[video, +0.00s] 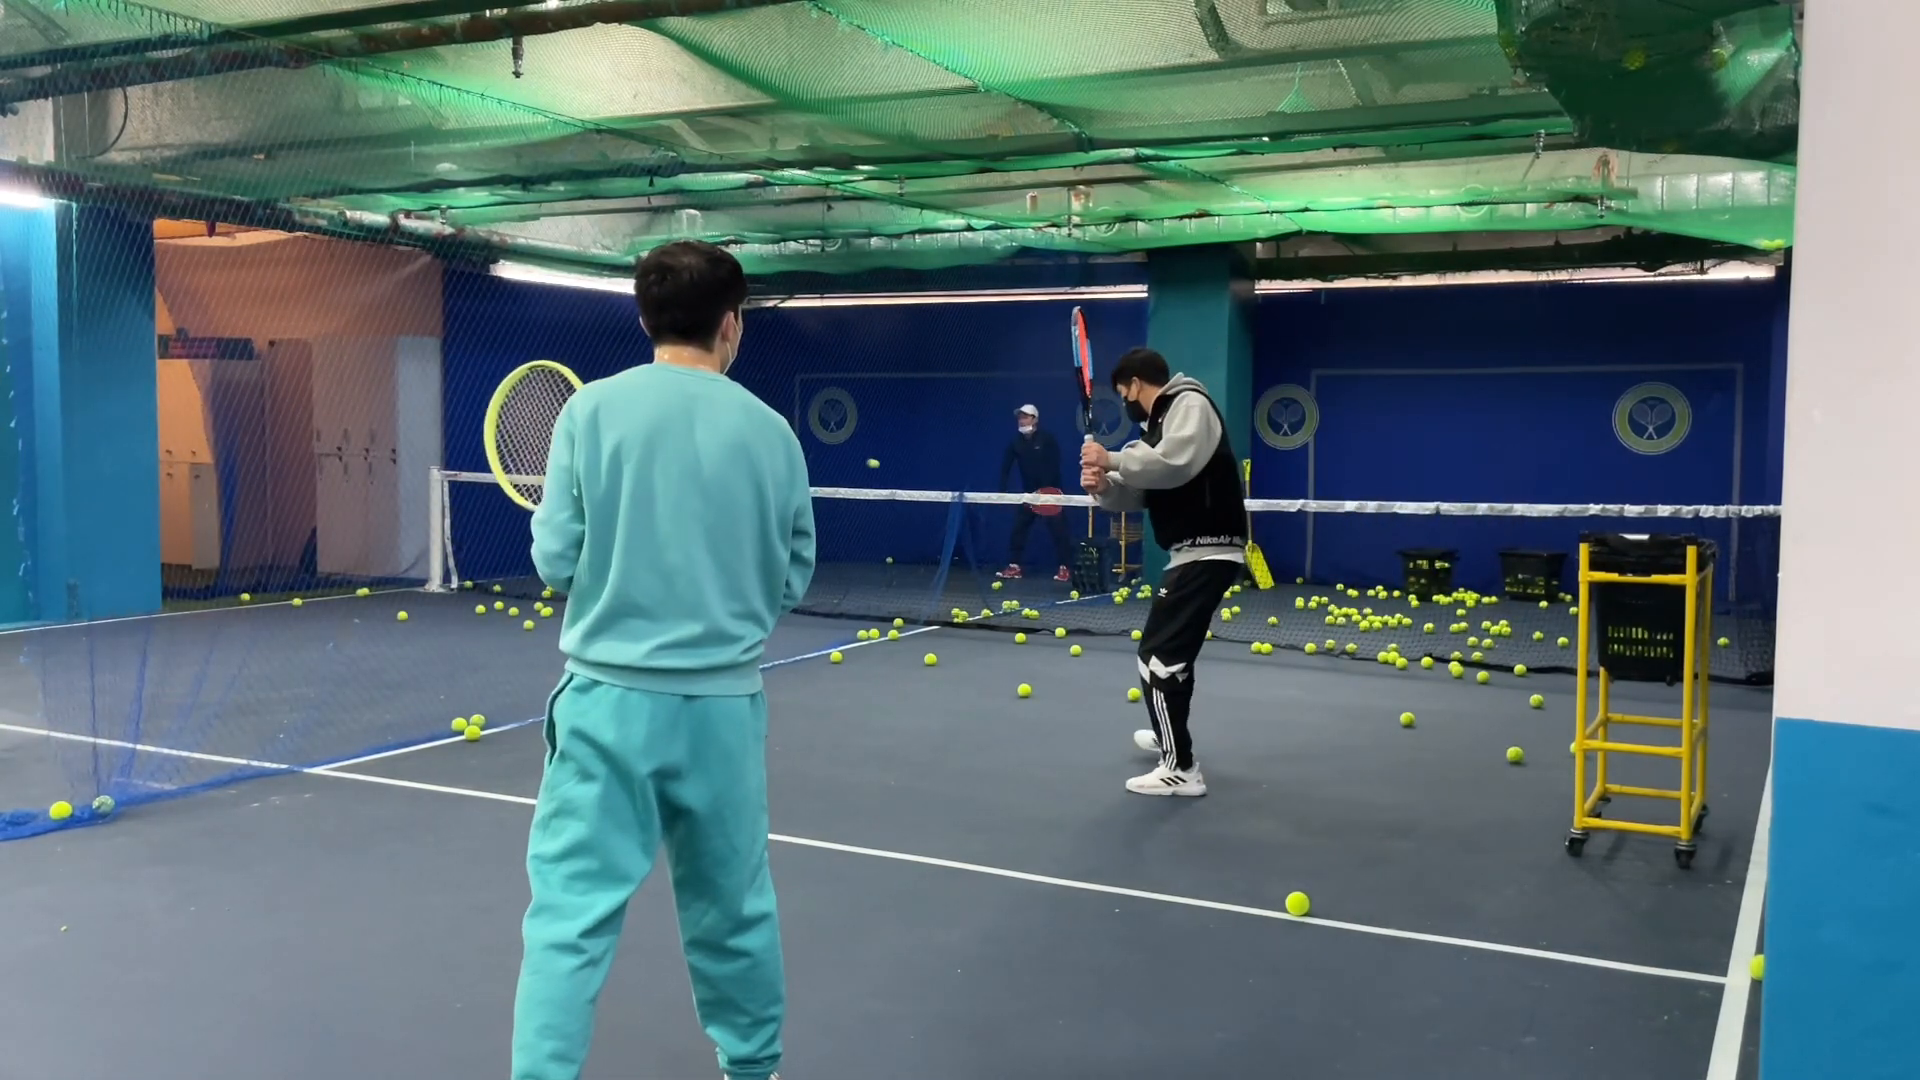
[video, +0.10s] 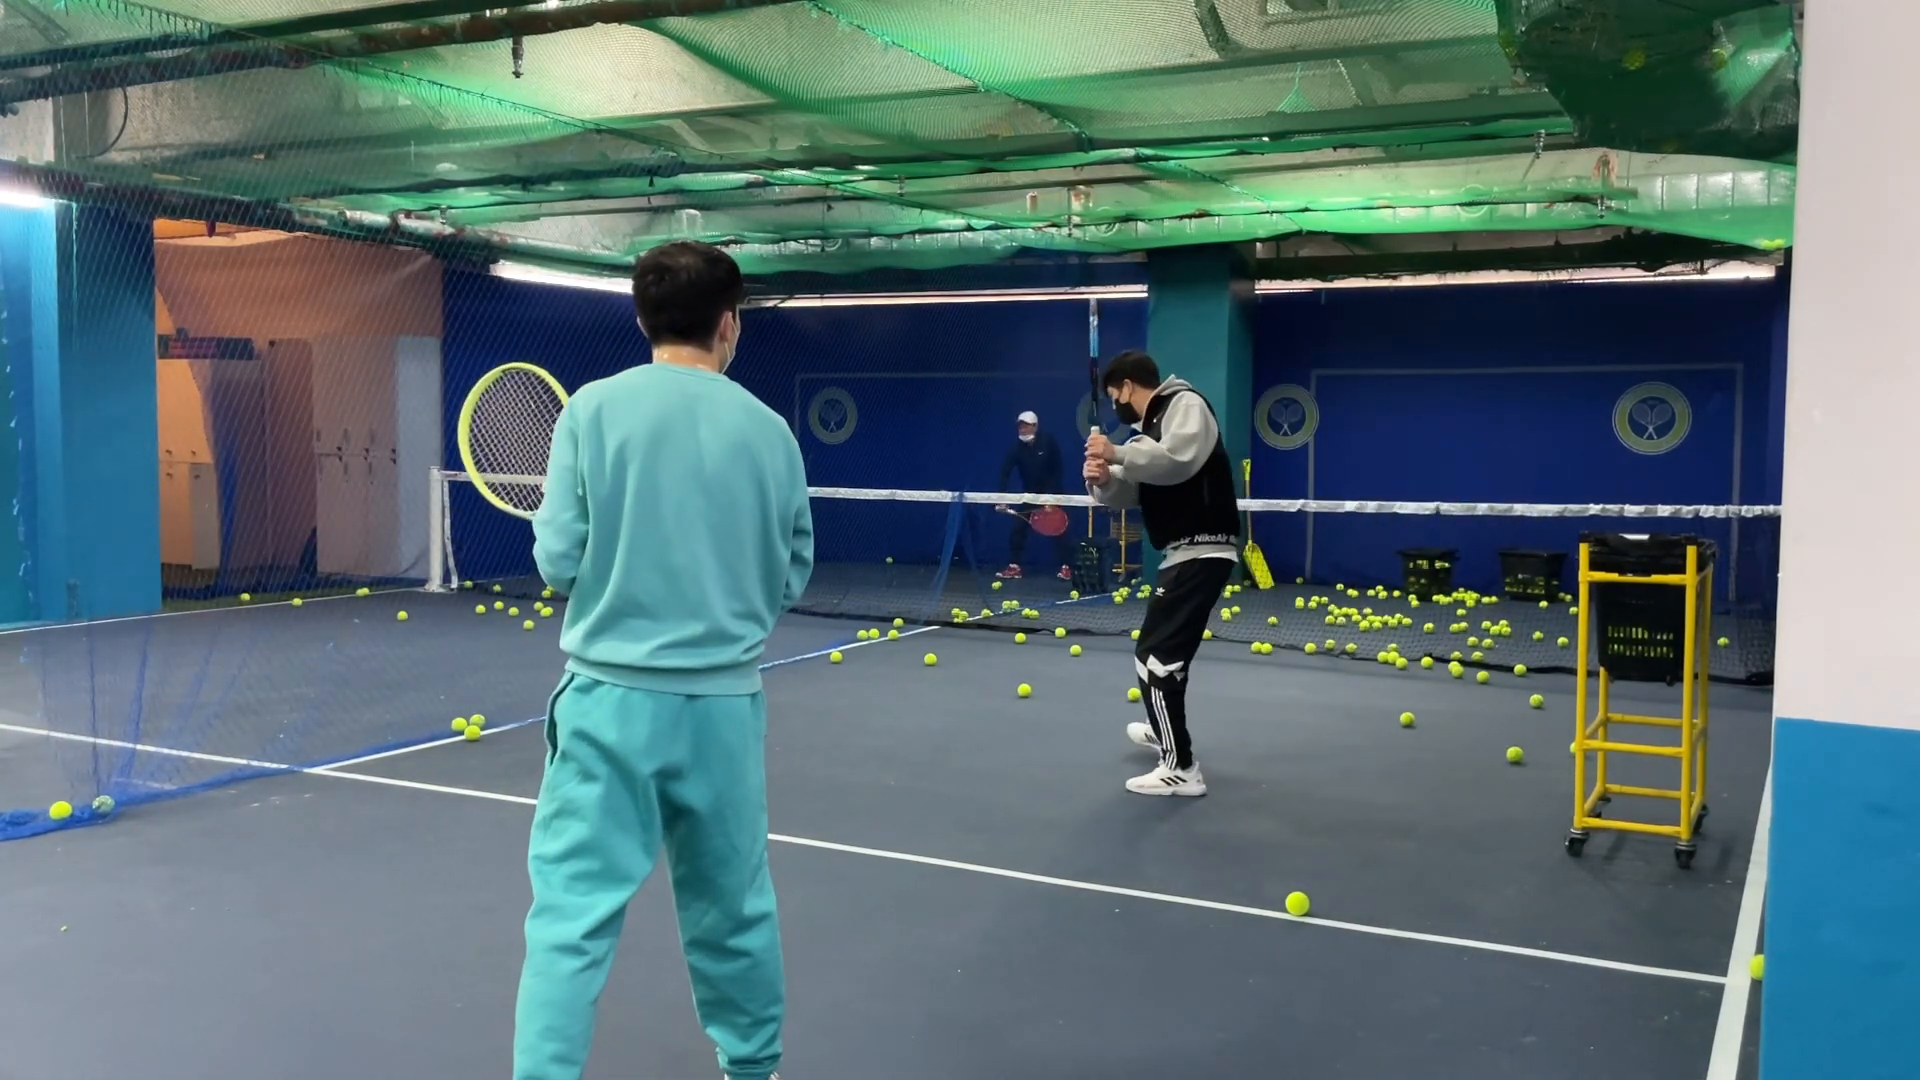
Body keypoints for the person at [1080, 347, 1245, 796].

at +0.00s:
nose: (1129, 405)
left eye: (1125, 395)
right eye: (1124, 398)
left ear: (1135, 383)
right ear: (1153, 380)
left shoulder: (1190, 403)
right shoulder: (1162, 421)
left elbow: (1175, 461)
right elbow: (1143, 492)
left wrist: (1111, 460)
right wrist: (1105, 486)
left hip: (1210, 553)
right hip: (1192, 553)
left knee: (1162, 655)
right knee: (1157, 649)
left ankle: (1180, 770)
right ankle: (1173, 735)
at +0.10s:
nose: (1116, 407)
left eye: (1115, 397)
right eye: (1114, 400)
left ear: (1128, 385)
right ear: (1138, 386)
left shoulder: (1185, 403)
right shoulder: (1153, 427)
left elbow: (1177, 459)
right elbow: (1133, 491)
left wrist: (1119, 454)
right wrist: (1104, 482)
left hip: (1205, 551)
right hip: (1184, 553)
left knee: (1160, 658)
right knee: (1151, 650)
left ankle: (1181, 770)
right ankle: (1167, 733)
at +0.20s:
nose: (1112, 406)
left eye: (1109, 398)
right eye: (1109, 400)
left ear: (1121, 388)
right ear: (1131, 385)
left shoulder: (1184, 405)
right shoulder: (1140, 432)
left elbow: (1181, 457)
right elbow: (1114, 495)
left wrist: (1126, 450)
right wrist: (1105, 472)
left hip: (1199, 551)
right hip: (1174, 553)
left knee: (1157, 658)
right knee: (1147, 651)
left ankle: (1180, 769)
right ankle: (1170, 734)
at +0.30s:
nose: (1109, 412)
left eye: (1109, 403)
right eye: (1105, 408)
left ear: (1126, 389)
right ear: (1118, 401)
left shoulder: (1184, 409)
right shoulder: (1128, 436)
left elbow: (1189, 460)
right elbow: (1110, 498)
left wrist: (1139, 450)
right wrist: (1113, 471)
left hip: (1196, 550)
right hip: (1165, 554)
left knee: (1153, 654)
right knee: (1140, 643)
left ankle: (1181, 767)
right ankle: (1169, 735)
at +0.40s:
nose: (1106, 415)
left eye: (1106, 405)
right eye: (1103, 409)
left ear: (1122, 394)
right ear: (1125, 398)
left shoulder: (1182, 413)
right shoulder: (1125, 444)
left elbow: (1196, 466)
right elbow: (1110, 498)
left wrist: (1149, 463)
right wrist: (1122, 476)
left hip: (1191, 552)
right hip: (1162, 556)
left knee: (1144, 652)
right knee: (1132, 642)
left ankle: (1179, 762)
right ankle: (1167, 734)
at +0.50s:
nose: (1110, 415)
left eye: (1111, 405)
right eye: (1108, 408)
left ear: (1129, 395)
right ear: (1131, 398)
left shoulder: (1173, 417)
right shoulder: (1137, 437)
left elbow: (1189, 482)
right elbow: (1114, 474)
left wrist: (1132, 501)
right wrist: (1104, 496)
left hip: (1183, 554)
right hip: (1160, 555)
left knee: (1135, 652)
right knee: (1133, 649)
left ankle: (1172, 751)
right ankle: (1162, 735)